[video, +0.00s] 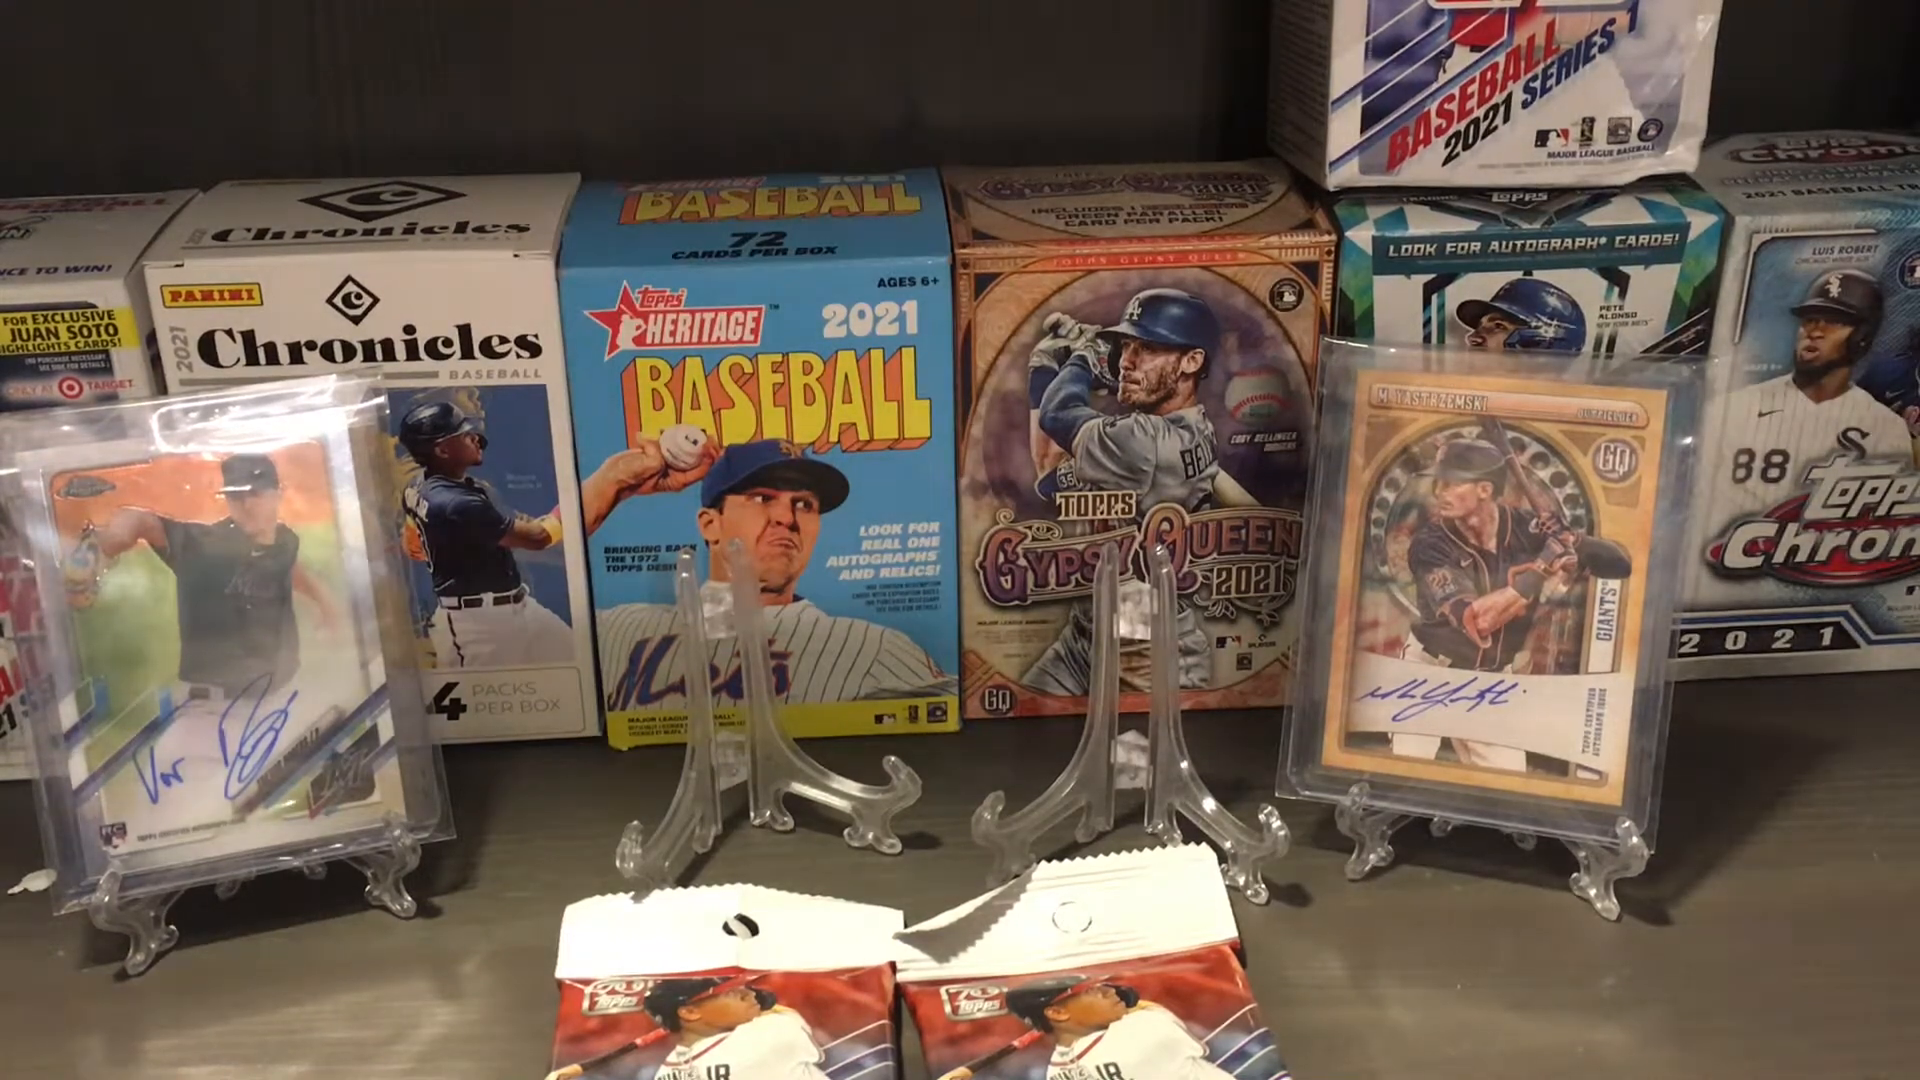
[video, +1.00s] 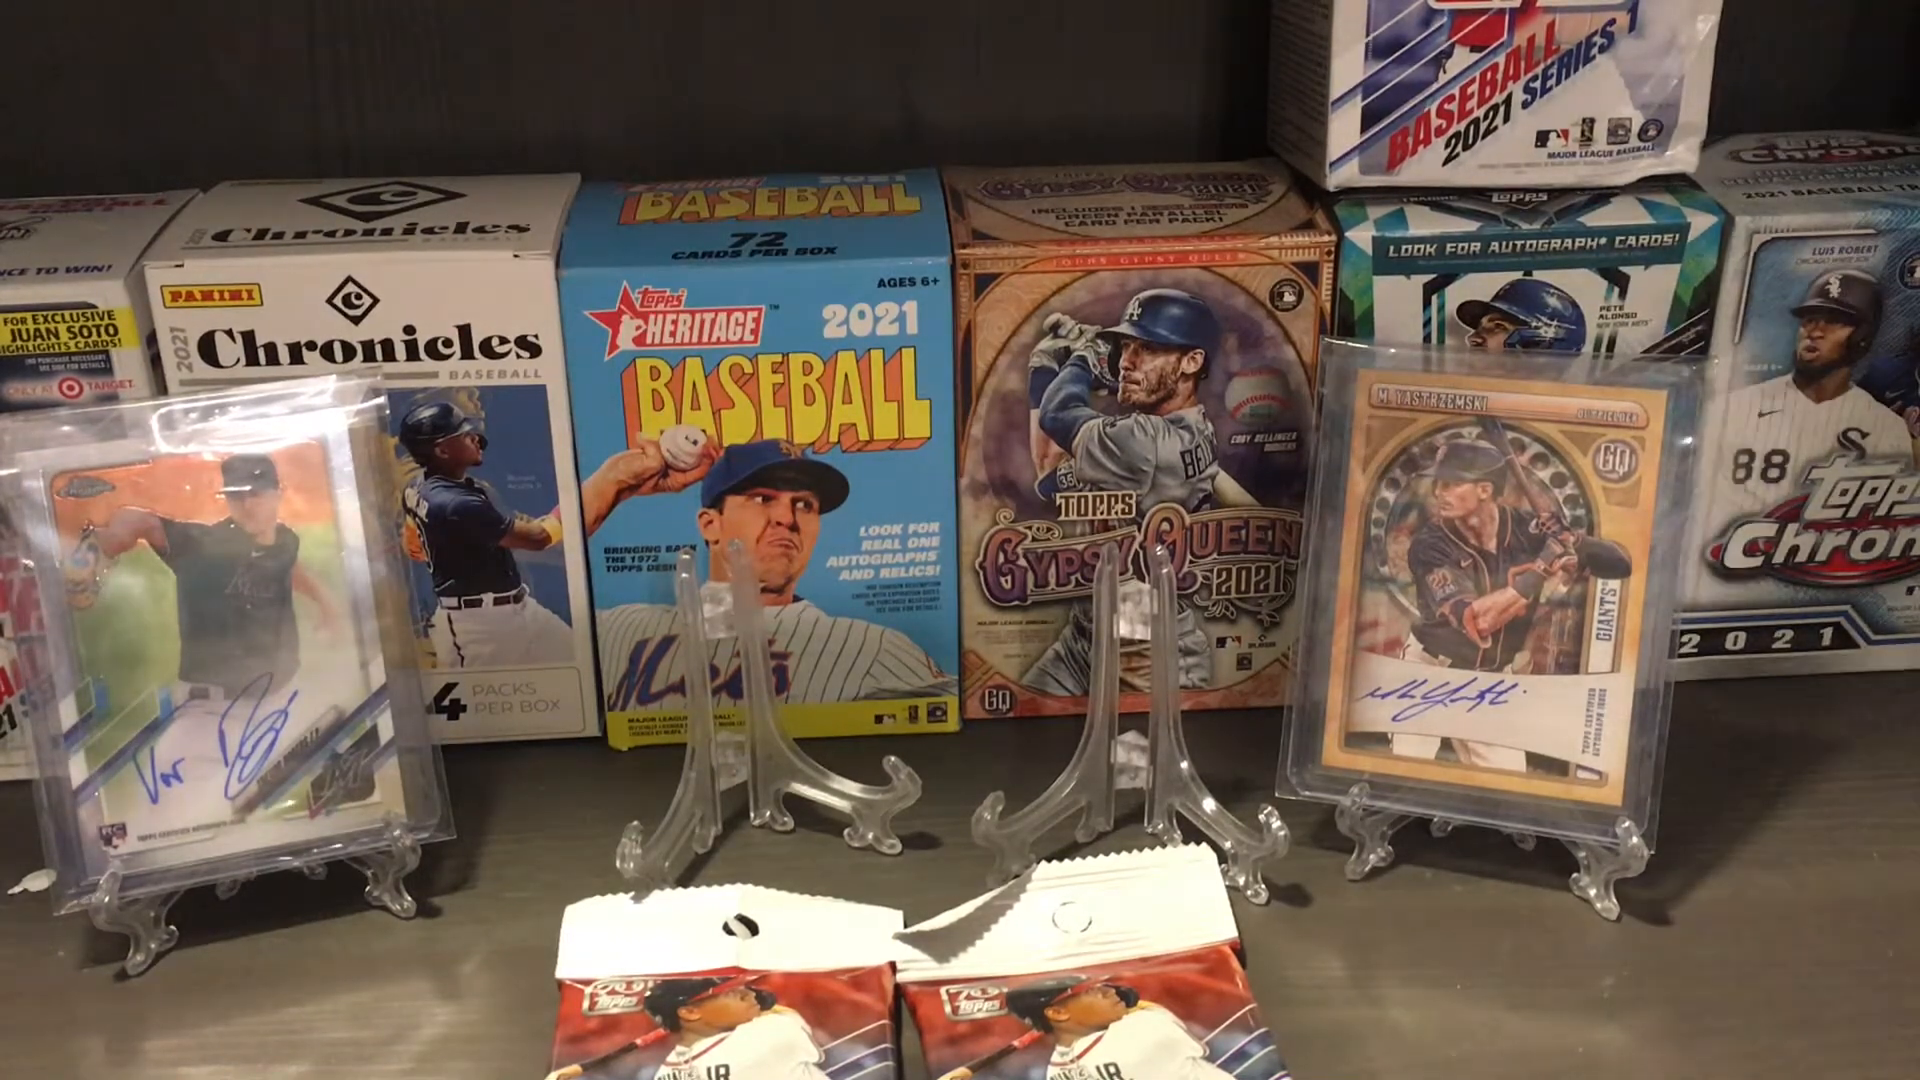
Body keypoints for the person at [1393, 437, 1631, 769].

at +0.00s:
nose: (1439, 492)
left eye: (1451, 484)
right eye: (1439, 483)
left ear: (1484, 491)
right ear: (1436, 485)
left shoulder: (1527, 529)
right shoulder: (1430, 540)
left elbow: (1621, 563)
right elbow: (1473, 622)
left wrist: (1574, 547)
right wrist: (1536, 576)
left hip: (1495, 677)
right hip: (1429, 669)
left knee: (1509, 787)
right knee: (1411, 772)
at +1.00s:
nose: (1439, 492)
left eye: (1451, 484)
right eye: (1439, 483)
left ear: (1484, 491)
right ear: (1435, 486)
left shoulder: (1527, 528)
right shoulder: (1430, 541)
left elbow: (1622, 564)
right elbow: (1470, 620)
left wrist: (1575, 549)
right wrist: (1537, 574)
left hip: (1494, 677)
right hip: (1429, 669)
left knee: (1509, 788)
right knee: (1412, 772)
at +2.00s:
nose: (1440, 492)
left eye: (1452, 484)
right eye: (1439, 484)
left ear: (1484, 491)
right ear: (1435, 487)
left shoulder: (1528, 529)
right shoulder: (1430, 541)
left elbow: (1622, 564)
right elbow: (1471, 621)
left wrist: (1575, 549)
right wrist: (1538, 572)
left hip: (1494, 677)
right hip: (1428, 670)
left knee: (1509, 789)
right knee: (1412, 773)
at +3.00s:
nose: (1439, 493)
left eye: (1451, 485)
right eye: (1439, 484)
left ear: (1484, 491)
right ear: (1435, 486)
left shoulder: (1527, 528)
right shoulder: (1430, 541)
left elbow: (1622, 563)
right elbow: (1474, 623)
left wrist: (1577, 551)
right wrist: (1538, 571)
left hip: (1495, 676)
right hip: (1429, 669)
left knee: (1508, 792)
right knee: (1410, 774)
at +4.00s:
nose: (1439, 493)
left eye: (1451, 485)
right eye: (1439, 485)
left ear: (1484, 491)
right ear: (1435, 487)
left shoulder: (1526, 529)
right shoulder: (1430, 541)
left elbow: (1622, 564)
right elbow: (1473, 623)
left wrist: (1575, 546)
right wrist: (1539, 571)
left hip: (1494, 677)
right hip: (1429, 669)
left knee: (1509, 790)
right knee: (1411, 774)